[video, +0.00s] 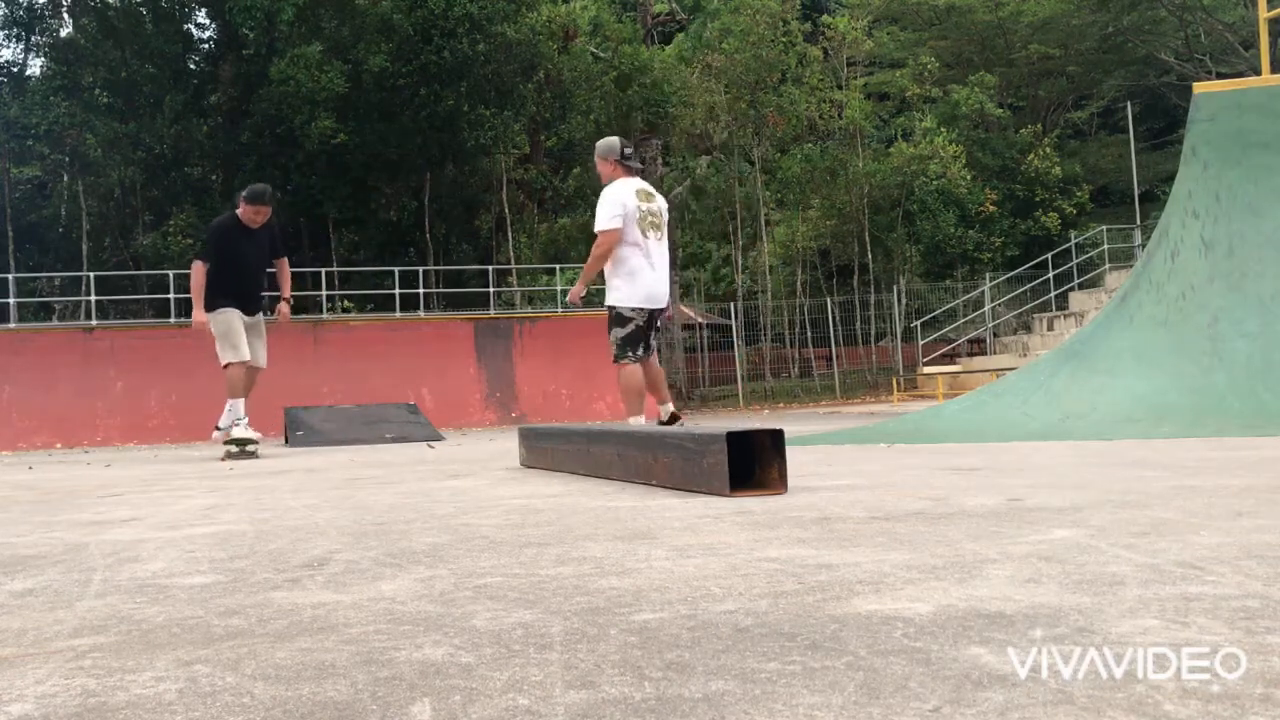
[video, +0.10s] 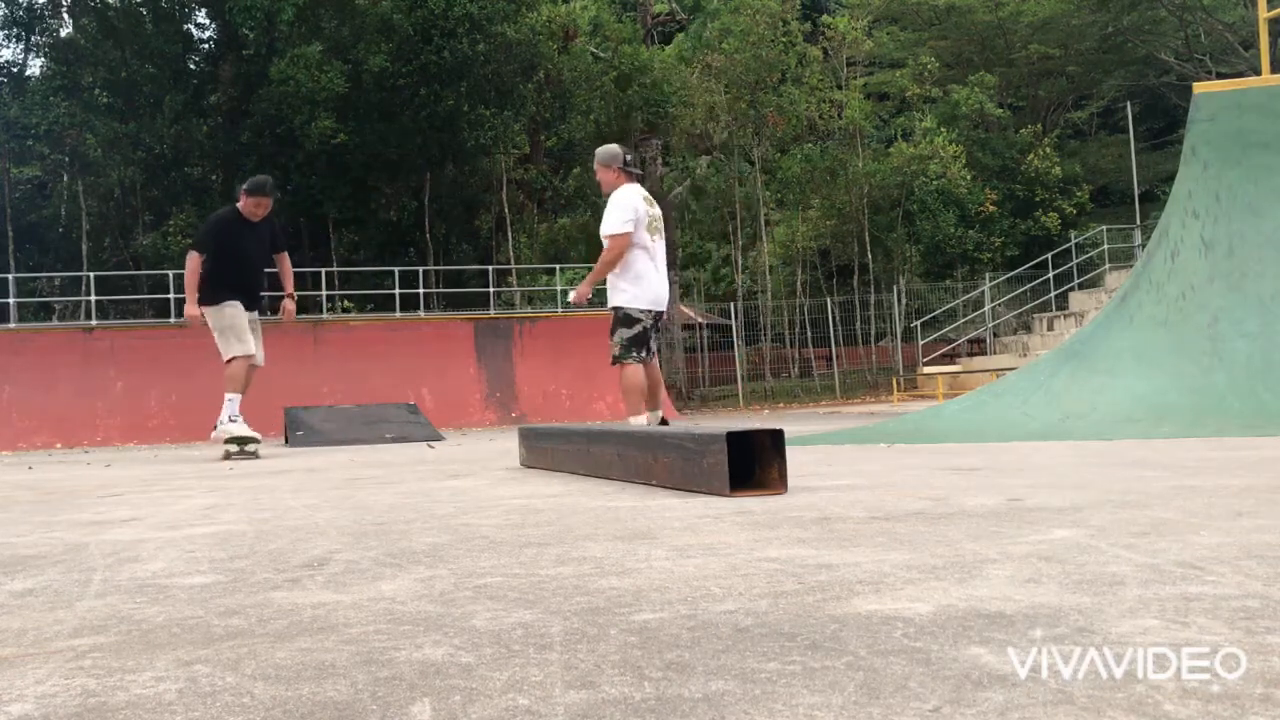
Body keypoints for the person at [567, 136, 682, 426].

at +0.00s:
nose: (597, 170)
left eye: (598, 164)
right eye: (596, 164)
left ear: (611, 164)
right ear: (625, 163)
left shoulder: (613, 194)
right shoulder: (654, 195)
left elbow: (606, 242)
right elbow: (659, 248)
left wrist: (582, 283)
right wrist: (664, 296)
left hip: (629, 293)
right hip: (656, 292)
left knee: (627, 358)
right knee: (646, 352)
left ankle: (635, 425)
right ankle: (667, 411)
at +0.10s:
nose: (597, 179)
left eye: (598, 173)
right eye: (596, 173)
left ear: (614, 171)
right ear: (620, 171)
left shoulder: (621, 199)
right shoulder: (644, 198)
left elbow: (617, 247)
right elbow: (651, 252)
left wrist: (587, 284)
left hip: (633, 296)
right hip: (654, 294)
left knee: (630, 359)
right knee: (648, 357)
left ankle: (636, 425)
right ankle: (654, 419)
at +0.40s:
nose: (602, 188)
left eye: (606, 181)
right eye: (599, 183)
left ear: (624, 178)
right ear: (600, 184)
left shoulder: (647, 206)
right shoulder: (616, 215)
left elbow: (660, 248)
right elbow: (618, 261)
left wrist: (659, 291)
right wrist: (607, 299)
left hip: (657, 298)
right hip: (633, 302)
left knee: (657, 359)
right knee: (641, 362)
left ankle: (674, 419)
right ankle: (658, 420)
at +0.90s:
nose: (658, 189)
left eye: (664, 184)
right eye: (653, 184)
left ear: (676, 185)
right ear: (647, 185)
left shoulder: (695, 216)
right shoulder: (635, 217)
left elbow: (706, 259)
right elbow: (623, 259)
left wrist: (713, 298)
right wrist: (616, 294)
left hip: (688, 306)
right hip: (649, 306)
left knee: (695, 365)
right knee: (654, 364)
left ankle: (703, 416)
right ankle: (661, 423)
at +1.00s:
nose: (671, 191)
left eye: (677, 186)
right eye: (666, 186)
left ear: (687, 188)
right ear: (659, 187)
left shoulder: (704, 219)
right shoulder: (645, 217)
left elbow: (713, 264)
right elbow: (632, 258)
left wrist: (719, 302)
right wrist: (625, 289)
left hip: (693, 308)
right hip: (654, 307)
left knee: (698, 365)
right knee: (655, 362)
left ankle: (704, 420)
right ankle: (661, 423)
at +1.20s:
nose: (687, 190)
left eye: (692, 185)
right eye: (682, 185)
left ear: (702, 188)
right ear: (675, 187)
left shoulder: (716, 221)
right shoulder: (659, 217)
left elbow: (725, 264)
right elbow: (646, 259)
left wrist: (733, 302)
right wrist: (642, 295)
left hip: (703, 307)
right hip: (666, 304)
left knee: (703, 365)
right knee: (661, 361)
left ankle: (704, 419)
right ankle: (660, 419)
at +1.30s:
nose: (691, 189)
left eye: (697, 184)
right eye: (687, 184)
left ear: (707, 188)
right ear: (680, 187)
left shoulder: (720, 221)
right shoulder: (663, 216)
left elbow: (730, 264)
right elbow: (651, 257)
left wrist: (740, 304)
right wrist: (645, 298)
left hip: (705, 305)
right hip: (668, 303)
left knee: (705, 364)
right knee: (662, 360)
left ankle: (704, 419)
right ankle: (662, 419)